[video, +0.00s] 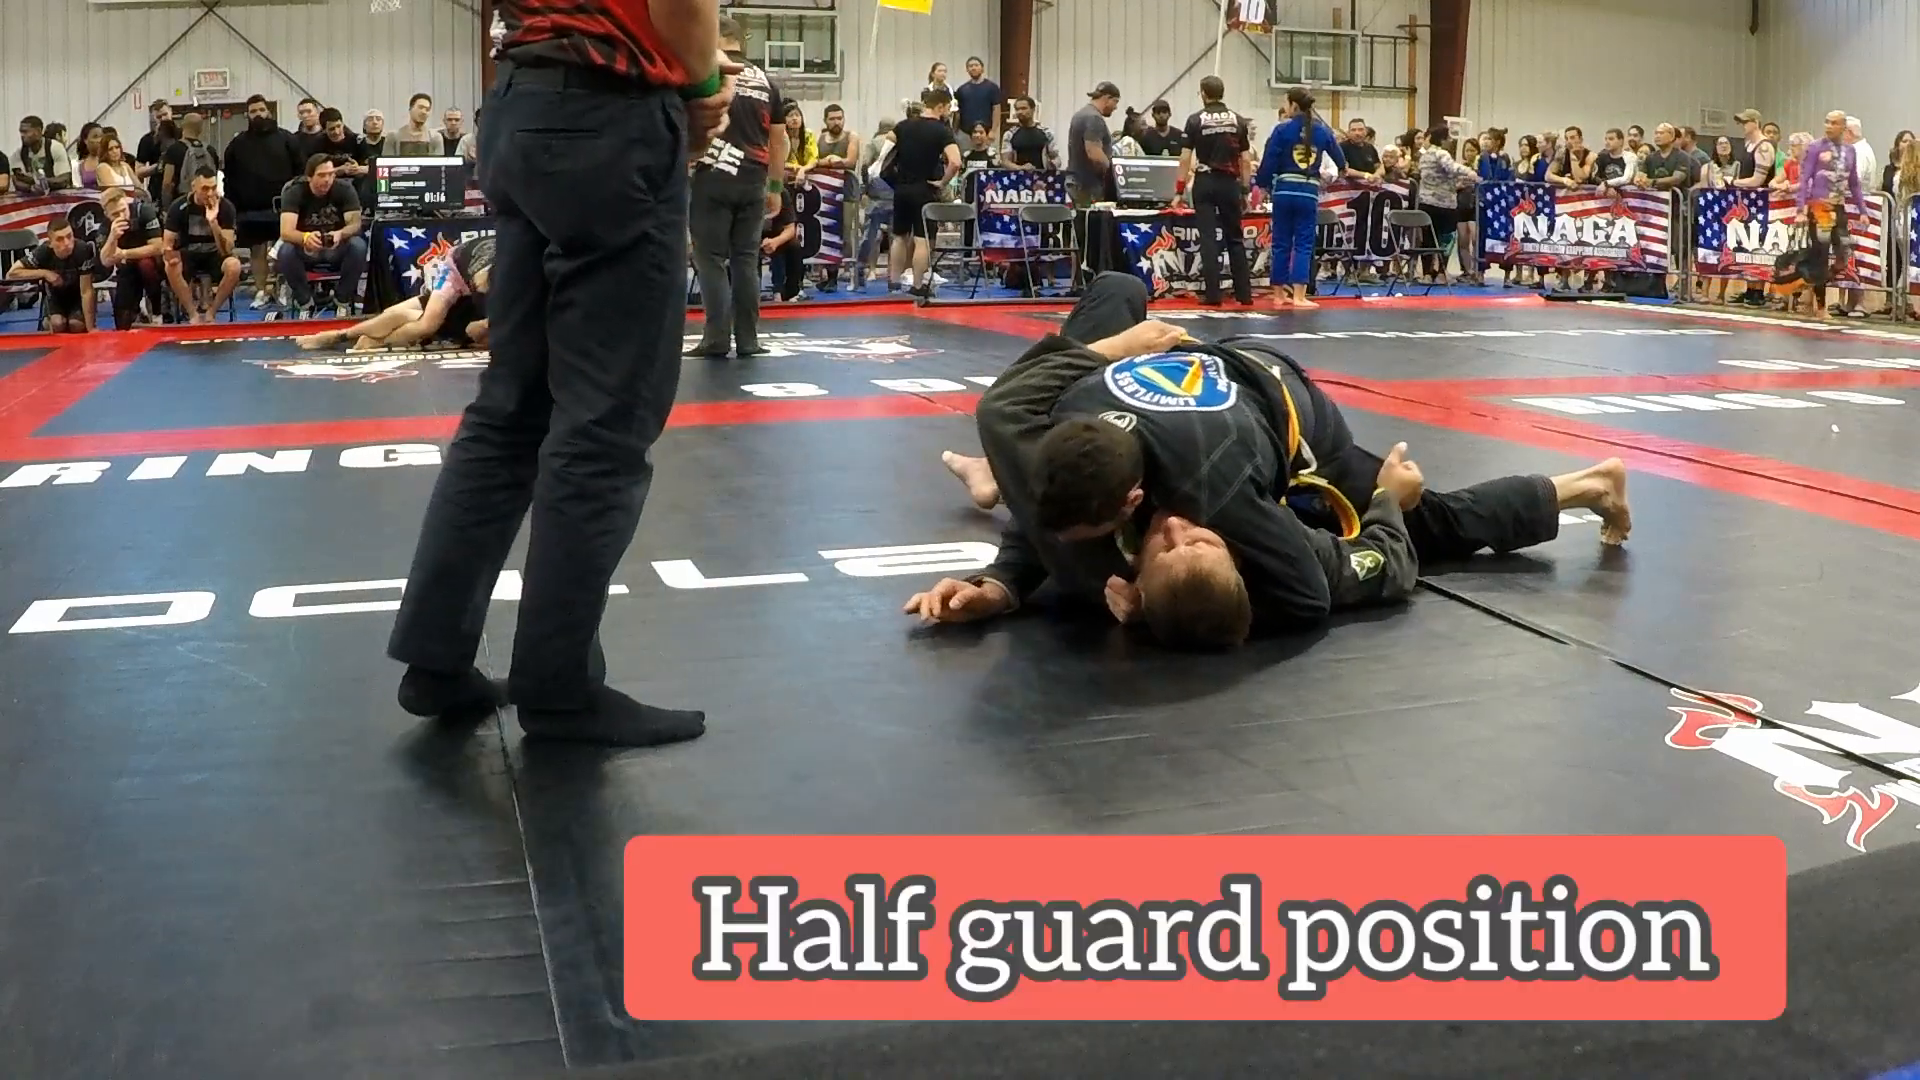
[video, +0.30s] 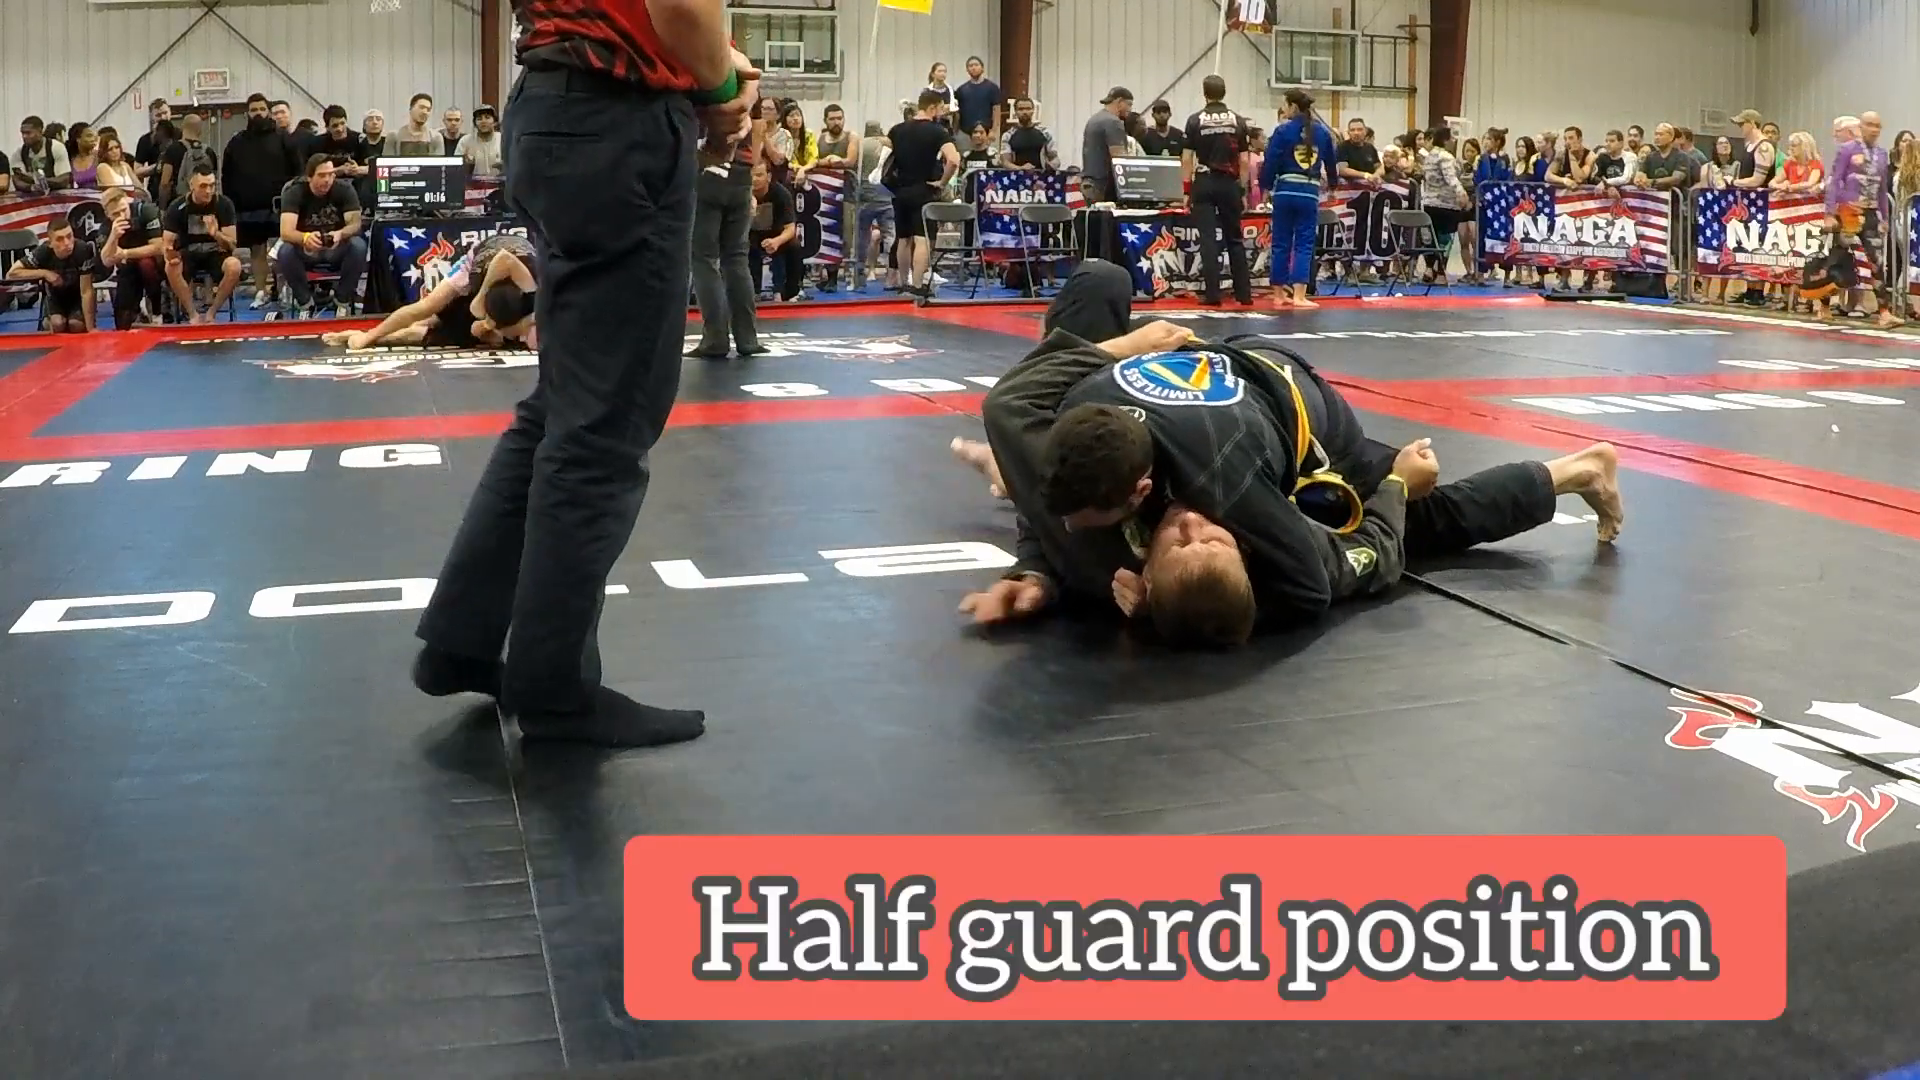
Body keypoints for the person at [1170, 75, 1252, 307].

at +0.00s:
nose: (1200, 95)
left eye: (1201, 92)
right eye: (1203, 92)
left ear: (1203, 94)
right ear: (1222, 93)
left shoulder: (1195, 120)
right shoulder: (1238, 120)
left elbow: (1185, 159)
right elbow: (1245, 158)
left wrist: (1179, 191)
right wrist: (1245, 188)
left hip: (1203, 181)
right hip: (1229, 182)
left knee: (1207, 239)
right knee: (1235, 238)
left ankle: (1212, 294)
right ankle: (1244, 294)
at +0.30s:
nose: (1206, 95)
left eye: (1205, 92)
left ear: (1204, 94)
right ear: (1224, 93)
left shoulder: (1195, 120)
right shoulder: (1238, 120)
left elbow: (1187, 158)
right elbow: (1244, 160)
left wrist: (1186, 191)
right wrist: (1243, 191)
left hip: (1203, 181)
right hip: (1229, 182)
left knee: (1208, 239)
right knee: (1235, 239)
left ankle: (1212, 294)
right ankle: (1243, 293)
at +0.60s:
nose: (1229, 93)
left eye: (1227, 90)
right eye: (1227, 90)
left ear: (1206, 94)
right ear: (1224, 93)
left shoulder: (1194, 120)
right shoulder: (1237, 120)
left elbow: (1186, 158)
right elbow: (1243, 160)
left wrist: (1185, 190)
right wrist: (1245, 190)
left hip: (1204, 181)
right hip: (1230, 182)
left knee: (1208, 239)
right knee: (1237, 239)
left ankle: (1212, 295)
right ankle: (1244, 294)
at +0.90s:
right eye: (1224, 92)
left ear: (1208, 93)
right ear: (1228, 94)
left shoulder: (1195, 120)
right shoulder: (1238, 121)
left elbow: (1187, 158)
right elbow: (1244, 160)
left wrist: (1191, 185)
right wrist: (1245, 191)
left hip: (1203, 181)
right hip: (1230, 182)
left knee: (1208, 239)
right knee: (1238, 239)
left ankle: (1212, 295)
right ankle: (1245, 294)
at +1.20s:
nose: (1204, 96)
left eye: (1205, 93)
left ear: (1207, 94)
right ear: (1227, 94)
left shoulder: (1196, 120)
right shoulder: (1240, 121)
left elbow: (1187, 158)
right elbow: (1245, 160)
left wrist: (1190, 184)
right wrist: (1245, 189)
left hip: (1204, 181)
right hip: (1231, 182)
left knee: (1209, 238)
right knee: (1238, 238)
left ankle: (1212, 294)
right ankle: (1245, 294)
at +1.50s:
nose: (1202, 96)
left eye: (1203, 93)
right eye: (1204, 93)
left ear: (1206, 94)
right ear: (1225, 93)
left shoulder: (1196, 118)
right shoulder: (1240, 120)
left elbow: (1186, 157)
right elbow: (1245, 160)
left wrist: (1185, 190)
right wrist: (1246, 192)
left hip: (1205, 180)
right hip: (1232, 181)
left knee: (1209, 239)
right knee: (1238, 238)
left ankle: (1213, 295)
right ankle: (1245, 294)